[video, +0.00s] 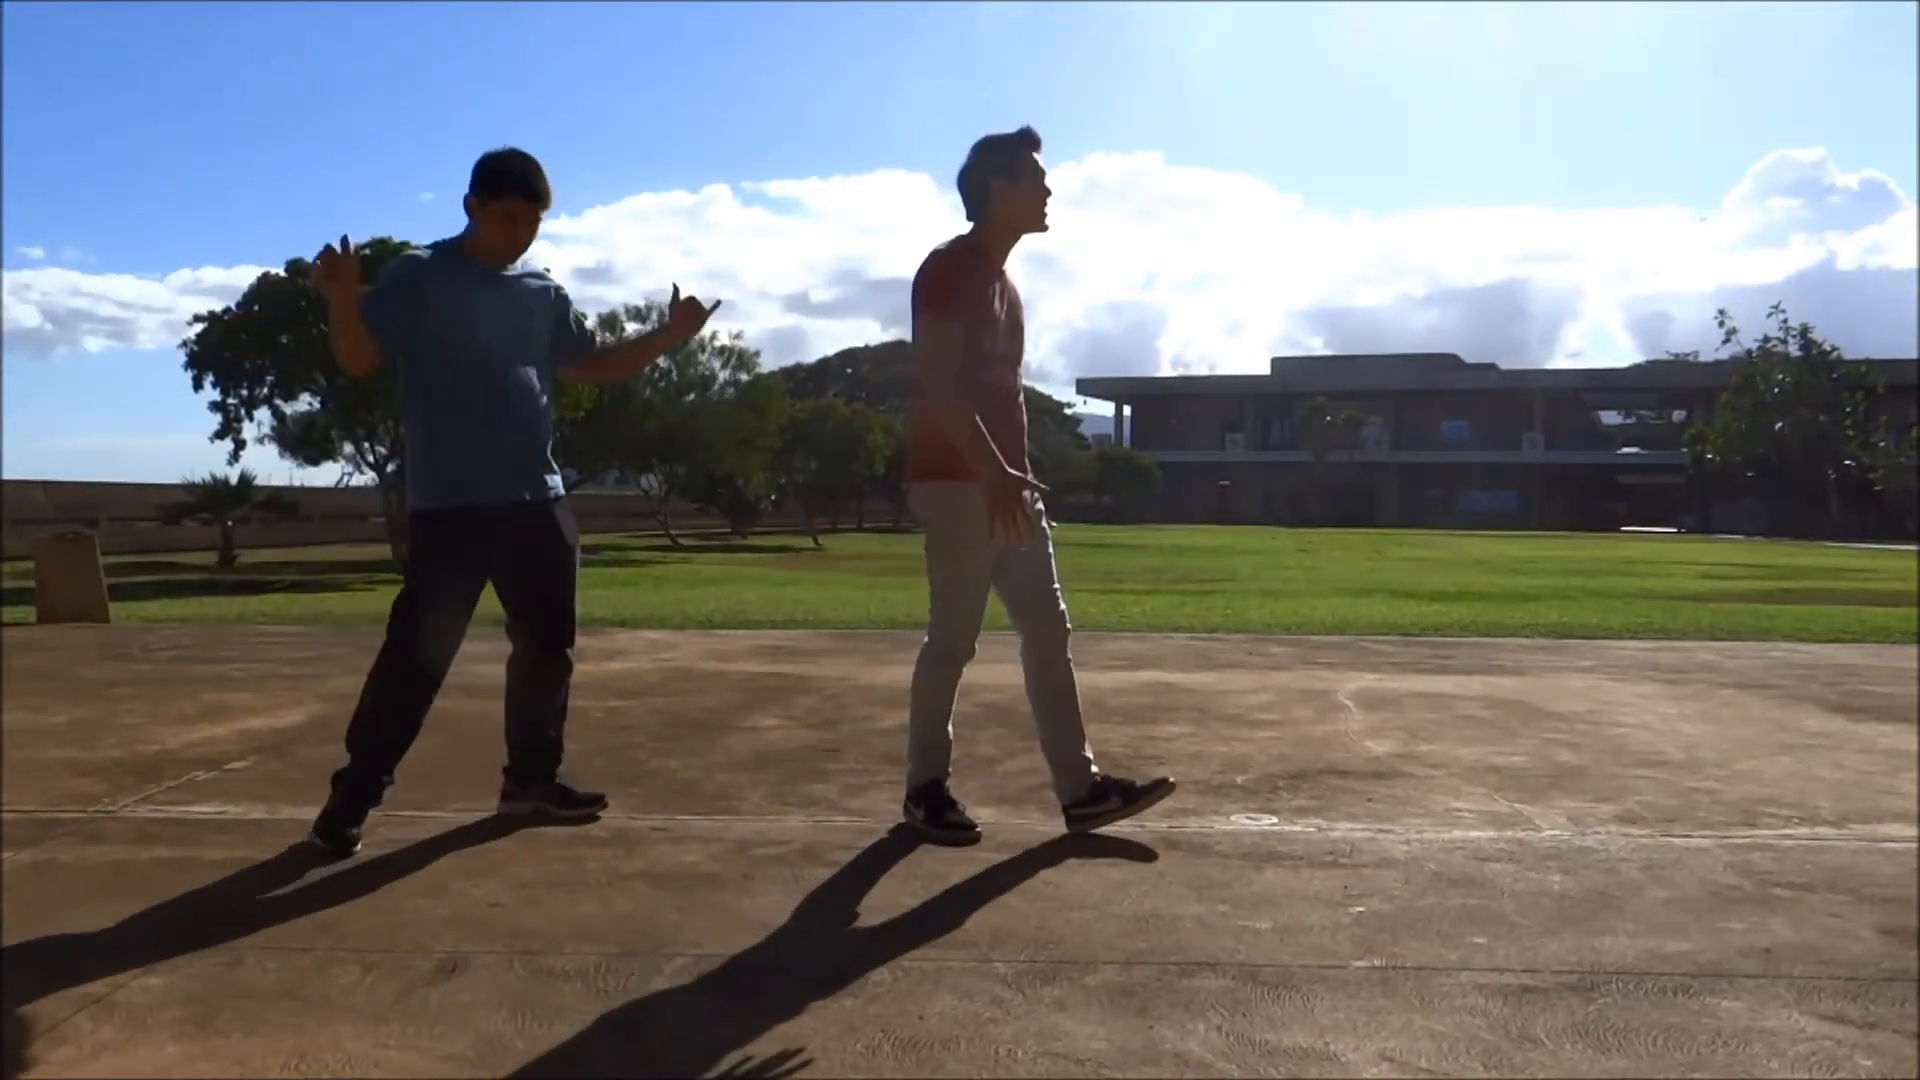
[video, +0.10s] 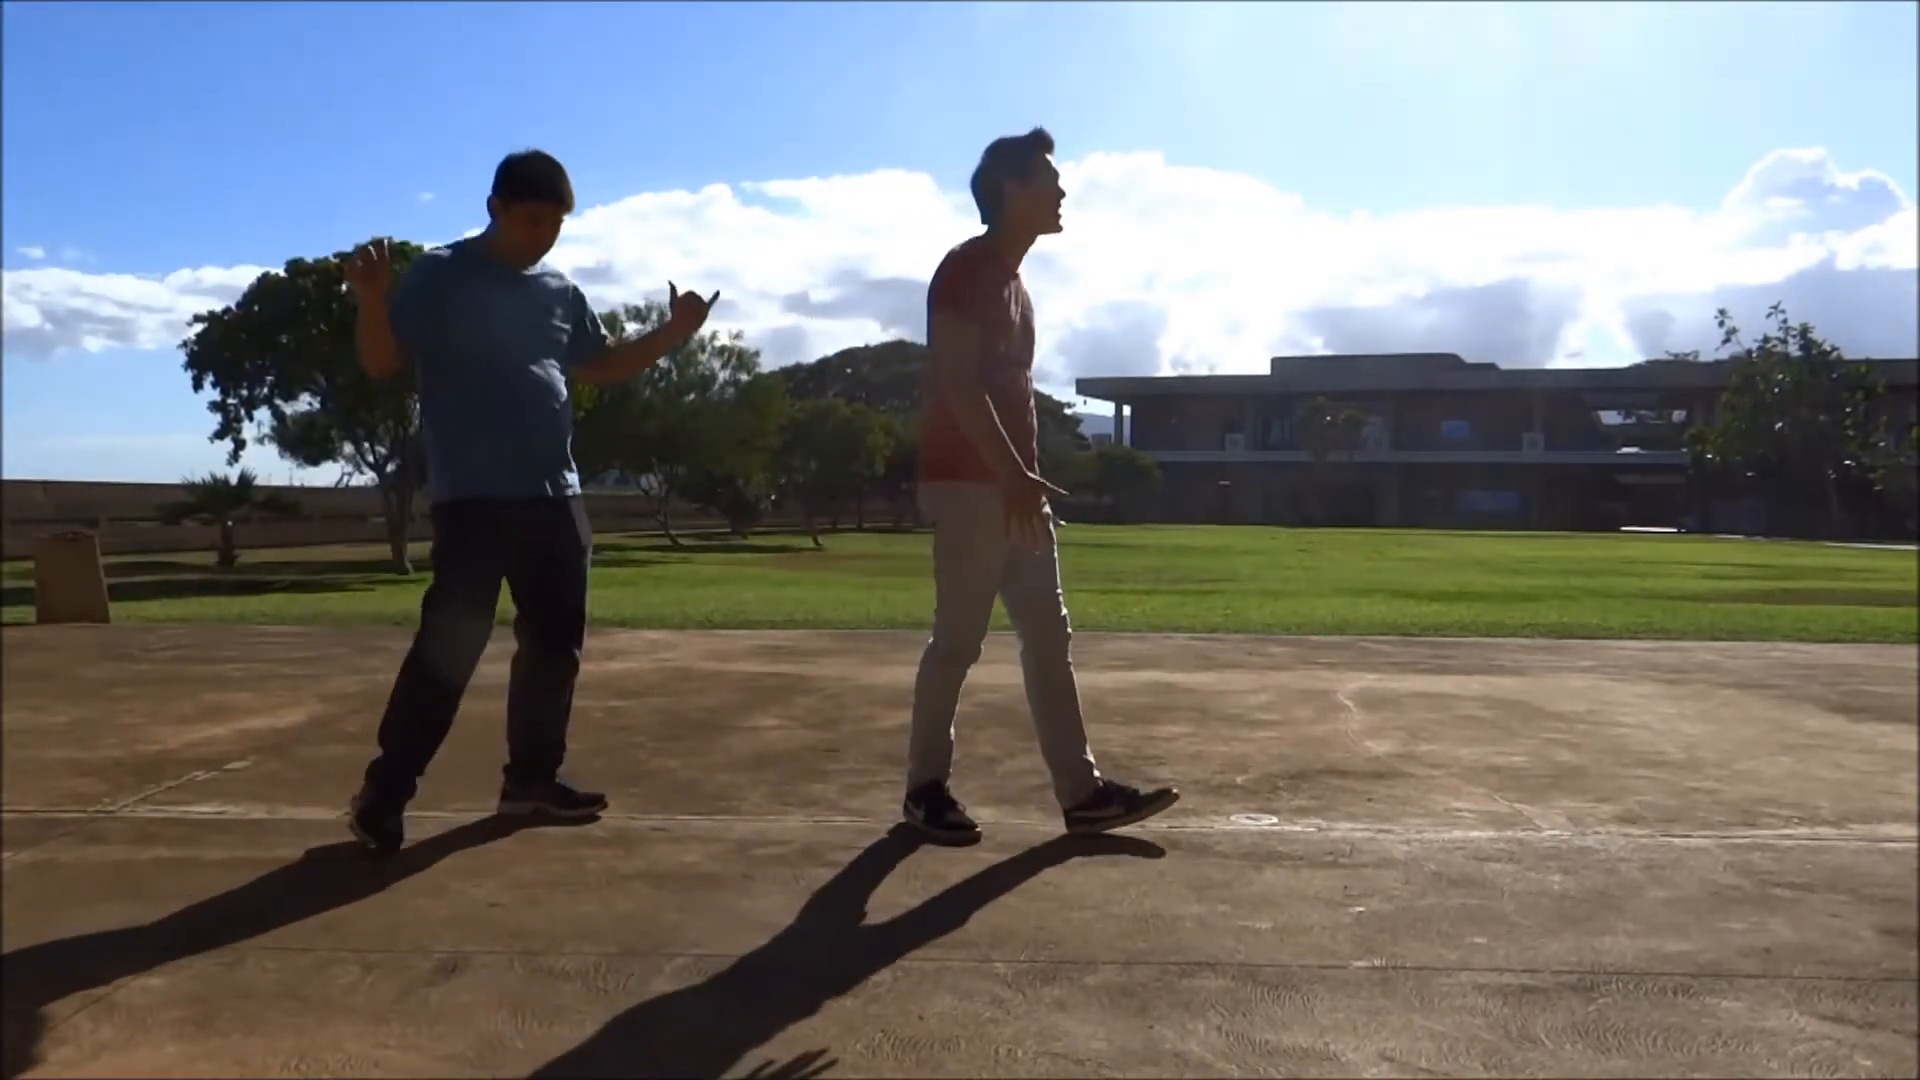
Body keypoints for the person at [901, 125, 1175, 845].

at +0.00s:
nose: (1048, 188)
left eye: (1043, 175)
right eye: (1035, 176)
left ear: (1011, 191)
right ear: (996, 191)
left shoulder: (1005, 285)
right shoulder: (951, 271)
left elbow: (1001, 391)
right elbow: (941, 388)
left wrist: (1018, 474)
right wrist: (994, 471)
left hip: (1007, 478)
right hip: (956, 481)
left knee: (1046, 630)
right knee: (953, 638)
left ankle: (1081, 787)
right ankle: (926, 791)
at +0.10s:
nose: (1063, 190)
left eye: (1058, 178)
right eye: (1050, 179)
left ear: (1023, 192)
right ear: (1011, 191)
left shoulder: (1014, 283)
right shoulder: (969, 271)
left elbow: (1008, 390)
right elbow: (956, 385)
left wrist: (1028, 476)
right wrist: (1014, 474)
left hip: (1015, 480)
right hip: (967, 482)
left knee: (1046, 635)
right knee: (958, 638)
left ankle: (1082, 792)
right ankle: (925, 792)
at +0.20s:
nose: (1079, 191)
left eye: (1074, 179)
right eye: (1065, 179)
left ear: (1041, 194)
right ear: (1027, 191)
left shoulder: (1028, 287)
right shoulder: (987, 271)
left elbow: (1018, 389)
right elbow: (975, 381)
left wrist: (1041, 478)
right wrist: (1028, 473)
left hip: (1026, 483)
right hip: (979, 483)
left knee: (1053, 639)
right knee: (966, 638)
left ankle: (1088, 795)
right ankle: (925, 789)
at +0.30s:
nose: (1096, 193)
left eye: (1091, 180)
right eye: (1082, 181)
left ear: (1054, 197)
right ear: (1045, 194)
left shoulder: (1042, 283)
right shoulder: (1009, 269)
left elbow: (1034, 390)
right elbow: (1001, 380)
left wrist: (1056, 485)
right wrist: (1047, 474)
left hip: (1037, 484)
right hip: (995, 484)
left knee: (1063, 640)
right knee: (974, 638)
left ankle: (1091, 799)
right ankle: (926, 788)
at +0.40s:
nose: (1114, 191)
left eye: (1109, 179)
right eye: (1100, 180)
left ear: (1076, 195)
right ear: (1064, 195)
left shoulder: (1062, 282)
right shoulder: (1025, 266)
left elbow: (1058, 388)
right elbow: (1021, 376)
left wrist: (1076, 480)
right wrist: (1066, 479)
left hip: (1057, 484)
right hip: (1013, 484)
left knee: (1075, 643)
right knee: (985, 639)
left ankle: (1093, 799)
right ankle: (928, 782)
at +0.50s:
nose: (1130, 185)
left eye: (1125, 175)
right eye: (1117, 175)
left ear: (1091, 192)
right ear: (1082, 190)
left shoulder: (1076, 279)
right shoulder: (1043, 264)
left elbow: (1076, 388)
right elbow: (1043, 375)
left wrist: (1095, 480)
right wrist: (1079, 477)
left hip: (1078, 480)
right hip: (1032, 479)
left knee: (1087, 642)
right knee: (1006, 633)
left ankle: (1093, 799)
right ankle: (932, 776)